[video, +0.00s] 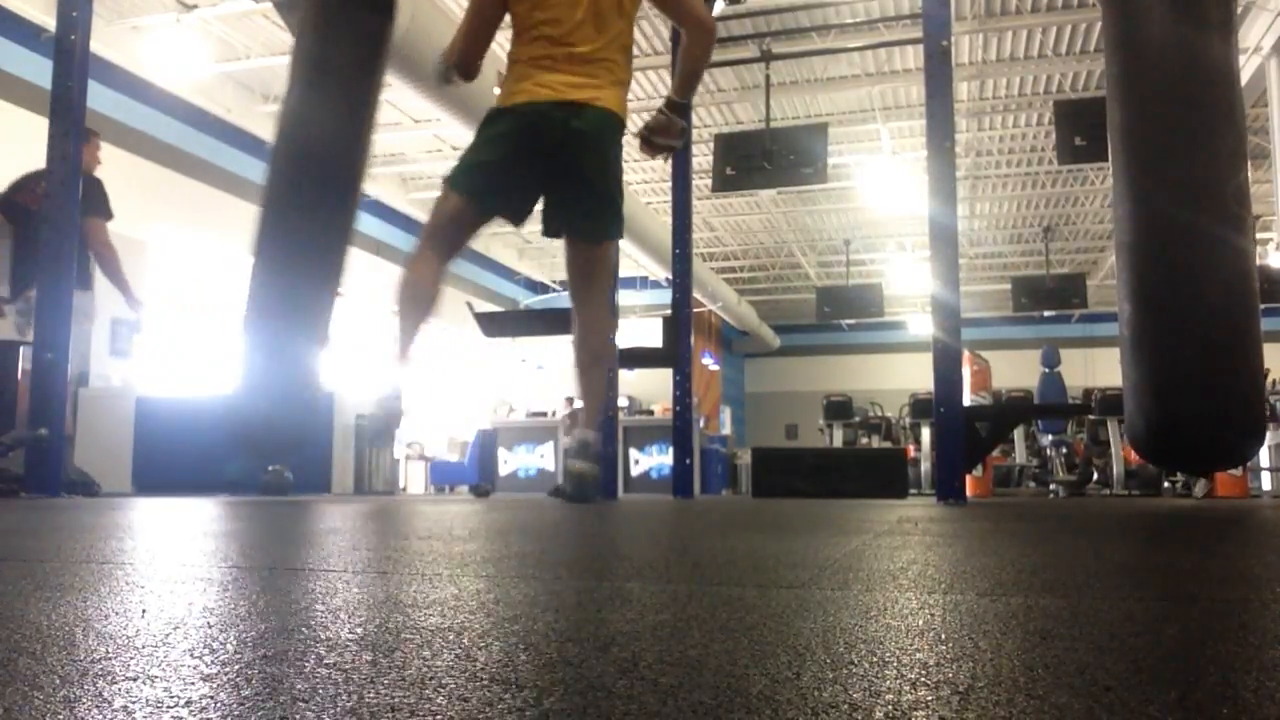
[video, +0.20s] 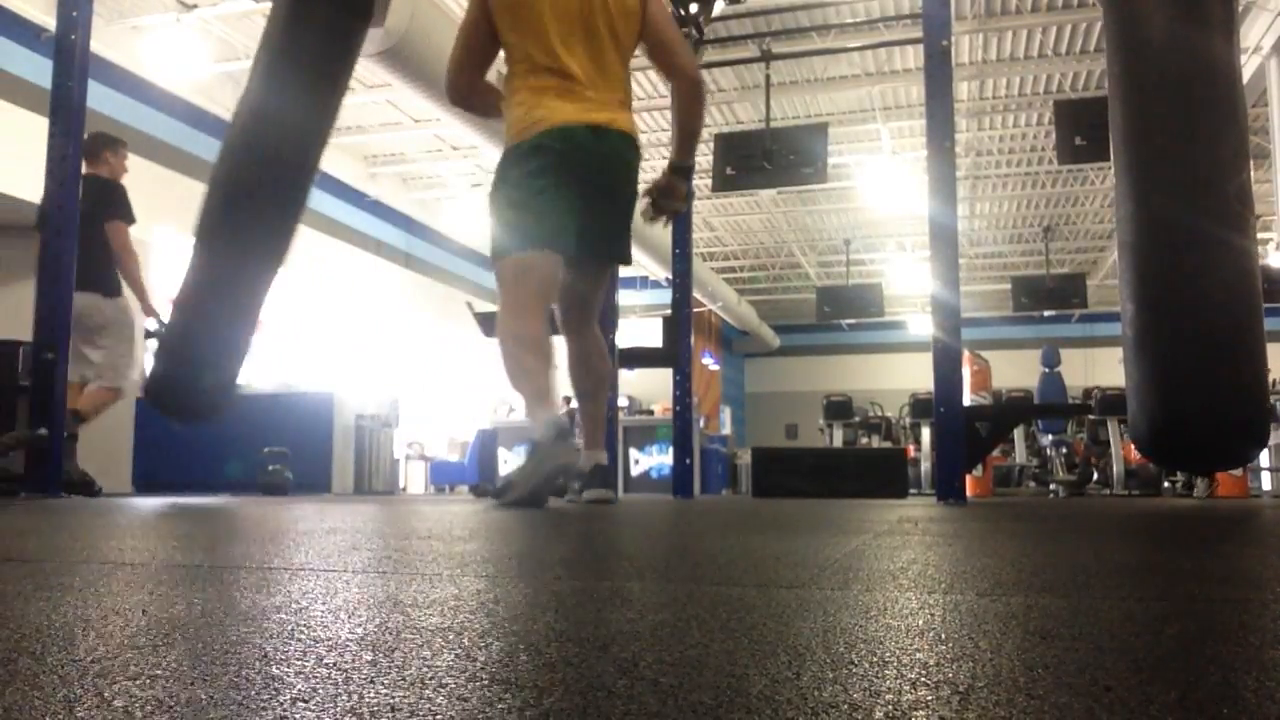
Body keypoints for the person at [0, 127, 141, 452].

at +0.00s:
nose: (99, 158)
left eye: (99, 150)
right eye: (95, 150)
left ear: (65, 147)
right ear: (79, 148)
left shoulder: (30, 181)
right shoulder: (87, 184)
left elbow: (13, 235)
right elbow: (97, 242)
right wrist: (129, 294)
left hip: (29, 290)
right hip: (71, 293)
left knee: (31, 371)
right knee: (68, 374)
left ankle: (22, 446)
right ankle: (61, 452)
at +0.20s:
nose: (126, 168)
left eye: (126, 161)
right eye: (122, 160)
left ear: (91, 158)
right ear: (106, 158)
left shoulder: (60, 188)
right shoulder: (111, 191)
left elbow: (43, 245)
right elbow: (121, 249)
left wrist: (50, 290)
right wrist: (144, 300)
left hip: (62, 294)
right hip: (98, 297)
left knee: (72, 376)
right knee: (115, 379)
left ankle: (66, 466)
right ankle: (63, 426)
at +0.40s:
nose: (151, 181)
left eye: (152, 175)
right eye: (149, 174)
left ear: (118, 170)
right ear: (135, 171)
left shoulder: (87, 200)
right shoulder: (135, 202)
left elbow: (72, 250)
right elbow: (137, 257)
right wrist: (147, 300)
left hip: (78, 296)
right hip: (116, 295)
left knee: (77, 382)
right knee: (146, 380)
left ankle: (68, 467)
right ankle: (145, 468)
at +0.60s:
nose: (176, 194)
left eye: (175, 189)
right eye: (175, 189)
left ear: (145, 187)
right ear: (167, 188)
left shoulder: (119, 218)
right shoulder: (174, 221)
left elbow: (118, 272)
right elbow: (186, 269)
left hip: (117, 320)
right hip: (161, 321)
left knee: (103, 388)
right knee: (165, 398)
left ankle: (76, 460)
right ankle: (169, 475)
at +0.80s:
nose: (202, 202)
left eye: (201, 196)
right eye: (202, 197)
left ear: (171, 194)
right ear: (198, 196)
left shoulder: (145, 223)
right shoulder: (199, 226)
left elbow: (140, 273)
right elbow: (210, 273)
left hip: (149, 321)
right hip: (184, 321)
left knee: (152, 388)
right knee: (180, 393)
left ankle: (126, 436)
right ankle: (171, 474)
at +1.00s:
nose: (220, 210)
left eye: (218, 205)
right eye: (220, 206)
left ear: (192, 203)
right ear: (217, 205)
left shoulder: (172, 229)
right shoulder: (216, 231)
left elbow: (165, 288)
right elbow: (224, 281)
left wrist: (174, 320)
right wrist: (245, 317)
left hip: (176, 311)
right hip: (202, 314)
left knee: (196, 392)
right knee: (190, 389)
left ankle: (191, 464)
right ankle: (171, 464)